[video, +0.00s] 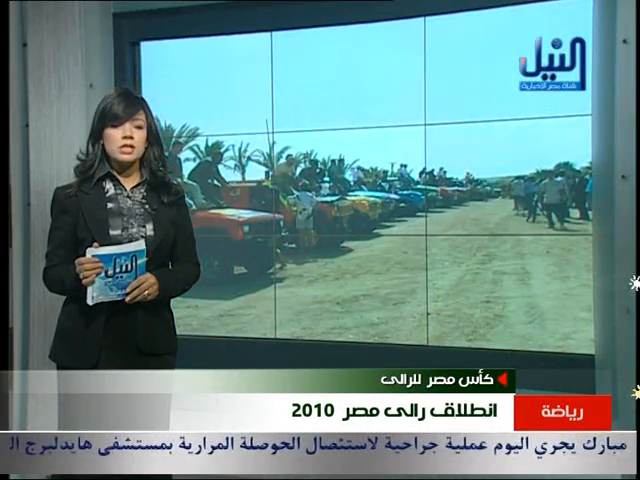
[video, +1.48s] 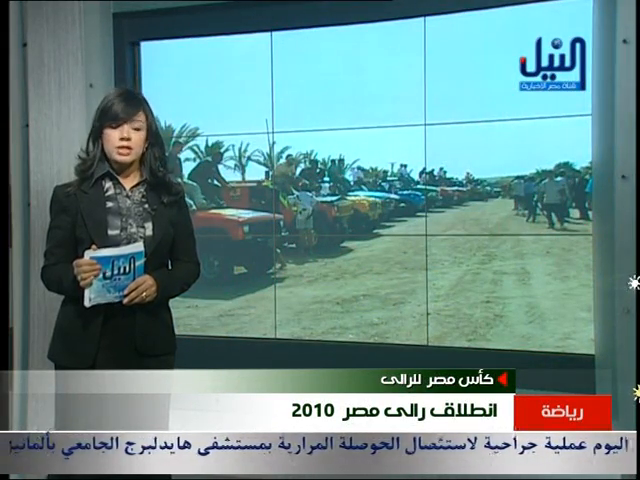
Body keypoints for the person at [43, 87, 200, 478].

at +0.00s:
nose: (128, 135)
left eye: (137, 126)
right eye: (117, 126)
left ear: (149, 136)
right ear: (101, 136)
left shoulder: (170, 196)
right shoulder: (71, 198)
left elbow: (189, 267)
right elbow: (53, 274)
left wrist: (161, 282)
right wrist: (77, 274)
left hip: (151, 348)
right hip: (86, 349)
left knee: (150, 452)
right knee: (83, 452)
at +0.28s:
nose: (127, 134)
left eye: (136, 125)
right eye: (116, 125)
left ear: (149, 135)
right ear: (100, 135)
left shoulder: (170, 196)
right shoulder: (71, 198)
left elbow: (188, 267)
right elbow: (52, 273)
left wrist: (161, 282)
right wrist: (75, 275)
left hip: (150, 349)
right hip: (85, 349)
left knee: (148, 453)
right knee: (81, 452)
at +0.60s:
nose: (127, 139)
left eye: (136, 129)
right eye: (116, 129)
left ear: (148, 137)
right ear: (100, 138)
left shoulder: (169, 196)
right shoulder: (70, 198)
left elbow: (188, 267)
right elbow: (52, 274)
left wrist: (161, 282)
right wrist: (76, 274)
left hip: (150, 349)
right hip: (85, 350)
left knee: (149, 452)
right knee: (81, 452)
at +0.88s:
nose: (127, 138)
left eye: (135, 127)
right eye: (115, 129)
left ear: (148, 135)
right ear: (100, 138)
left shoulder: (170, 196)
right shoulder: (71, 198)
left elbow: (189, 267)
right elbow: (52, 273)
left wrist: (161, 282)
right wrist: (76, 275)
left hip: (150, 348)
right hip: (85, 349)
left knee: (149, 450)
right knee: (81, 451)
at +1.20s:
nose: (123, 139)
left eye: (133, 129)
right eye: (113, 129)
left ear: (147, 137)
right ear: (99, 137)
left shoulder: (170, 196)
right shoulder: (70, 197)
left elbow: (189, 266)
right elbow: (52, 272)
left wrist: (161, 282)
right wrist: (75, 274)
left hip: (149, 348)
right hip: (84, 348)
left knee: (148, 451)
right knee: (81, 451)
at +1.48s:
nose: (125, 136)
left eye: (135, 128)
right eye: (115, 127)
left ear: (148, 137)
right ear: (100, 135)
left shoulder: (170, 196)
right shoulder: (70, 197)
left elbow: (188, 266)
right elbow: (51, 271)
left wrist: (160, 283)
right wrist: (74, 275)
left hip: (149, 348)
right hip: (84, 348)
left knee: (148, 451)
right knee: (81, 451)